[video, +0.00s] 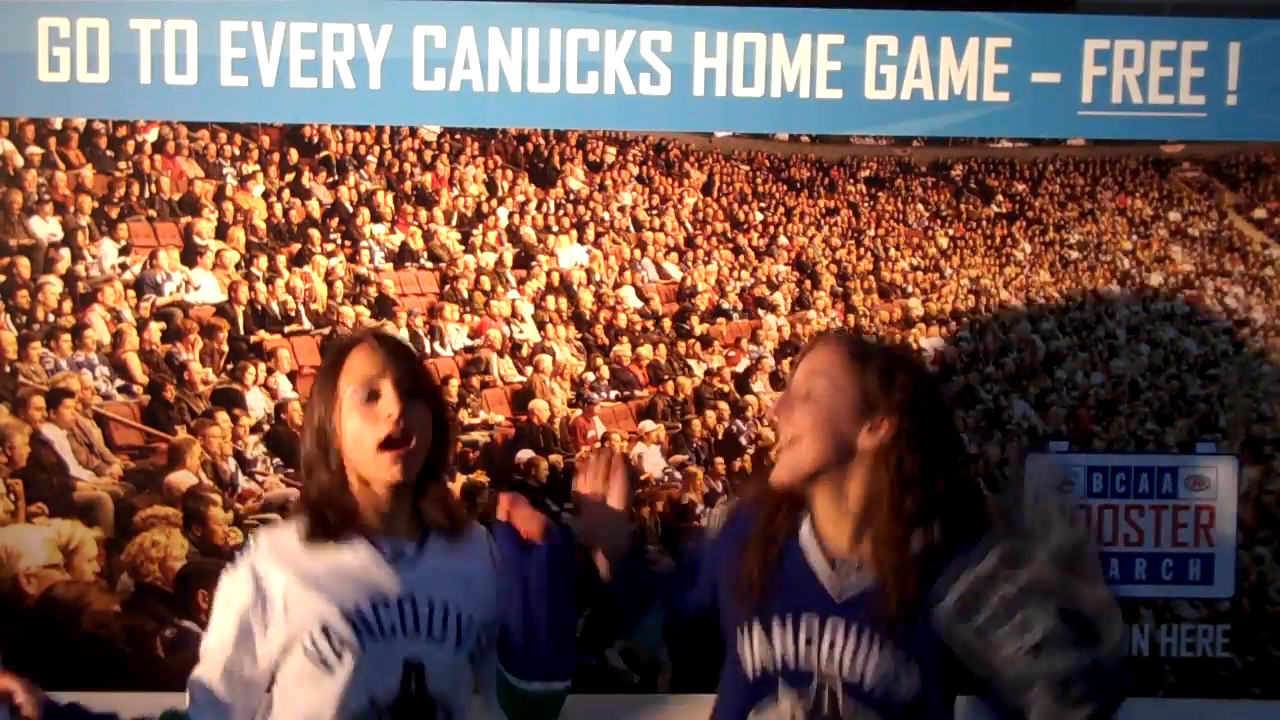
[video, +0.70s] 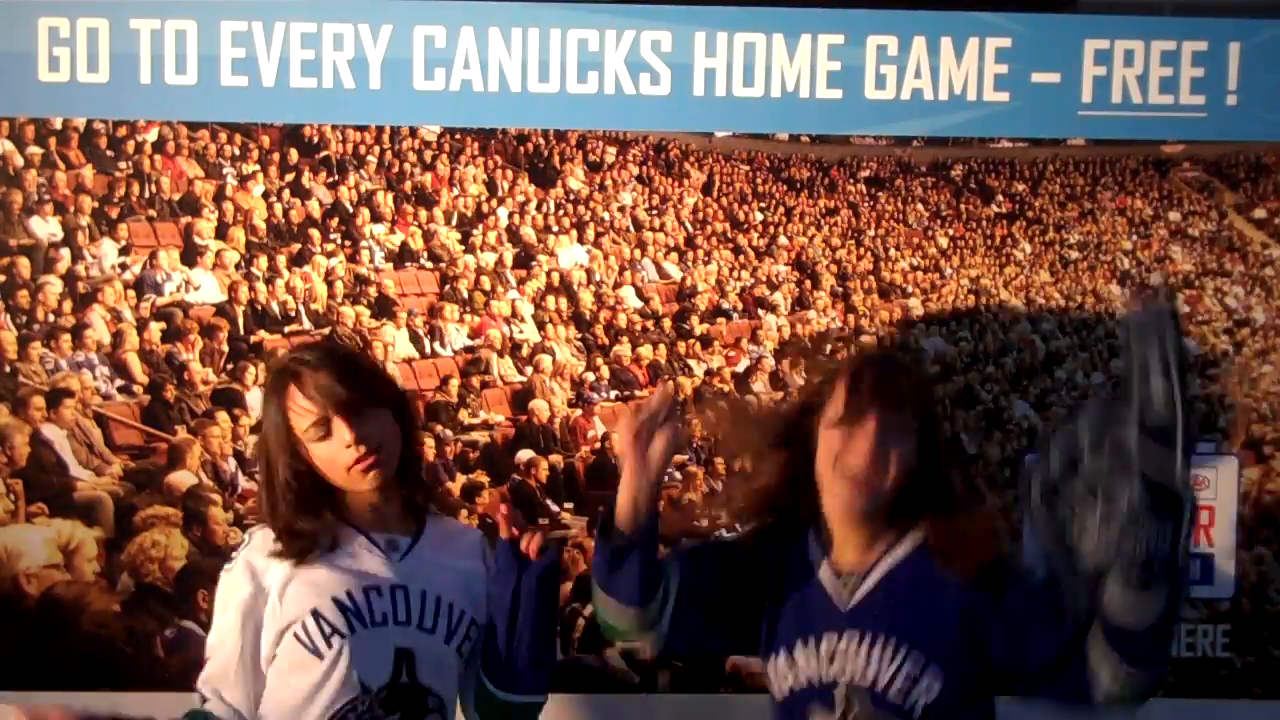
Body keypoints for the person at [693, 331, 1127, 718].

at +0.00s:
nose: (774, 410)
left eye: (801, 392)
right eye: (785, 392)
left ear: (875, 428)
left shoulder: (954, 563)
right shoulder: (745, 536)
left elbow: (1064, 692)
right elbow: (672, 633)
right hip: (745, 711)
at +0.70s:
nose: (870, 446)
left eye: (892, 430)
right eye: (850, 422)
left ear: (916, 458)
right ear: (814, 442)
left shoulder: (974, 577)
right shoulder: (772, 565)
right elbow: (636, 617)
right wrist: (639, 476)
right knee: (570, 708)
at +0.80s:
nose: (867, 372)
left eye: (889, 357)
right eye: (847, 357)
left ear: (924, 387)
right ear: (818, 390)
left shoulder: (996, 503)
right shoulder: (779, 528)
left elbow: (1138, 613)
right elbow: (698, 666)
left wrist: (1152, 502)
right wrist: (637, 593)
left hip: (963, 711)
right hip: (823, 712)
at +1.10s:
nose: (853, 459)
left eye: (867, 430)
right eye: (840, 448)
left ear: (933, 423)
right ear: (836, 473)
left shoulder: (1038, 571)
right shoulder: (830, 574)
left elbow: (1144, 687)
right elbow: (711, 668)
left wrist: (1103, 564)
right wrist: (658, 545)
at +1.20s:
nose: (821, 378)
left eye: (843, 357)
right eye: (819, 365)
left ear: (924, 368)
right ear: (820, 393)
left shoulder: (1023, 532)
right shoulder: (807, 509)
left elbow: (1127, 679)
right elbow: (657, 562)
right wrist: (652, 433)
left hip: (968, 707)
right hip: (821, 705)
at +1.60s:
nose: (810, 426)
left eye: (832, 400)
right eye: (808, 411)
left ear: (912, 409)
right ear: (805, 436)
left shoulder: (1019, 575)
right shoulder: (804, 550)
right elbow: (680, 602)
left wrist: (1146, 631)